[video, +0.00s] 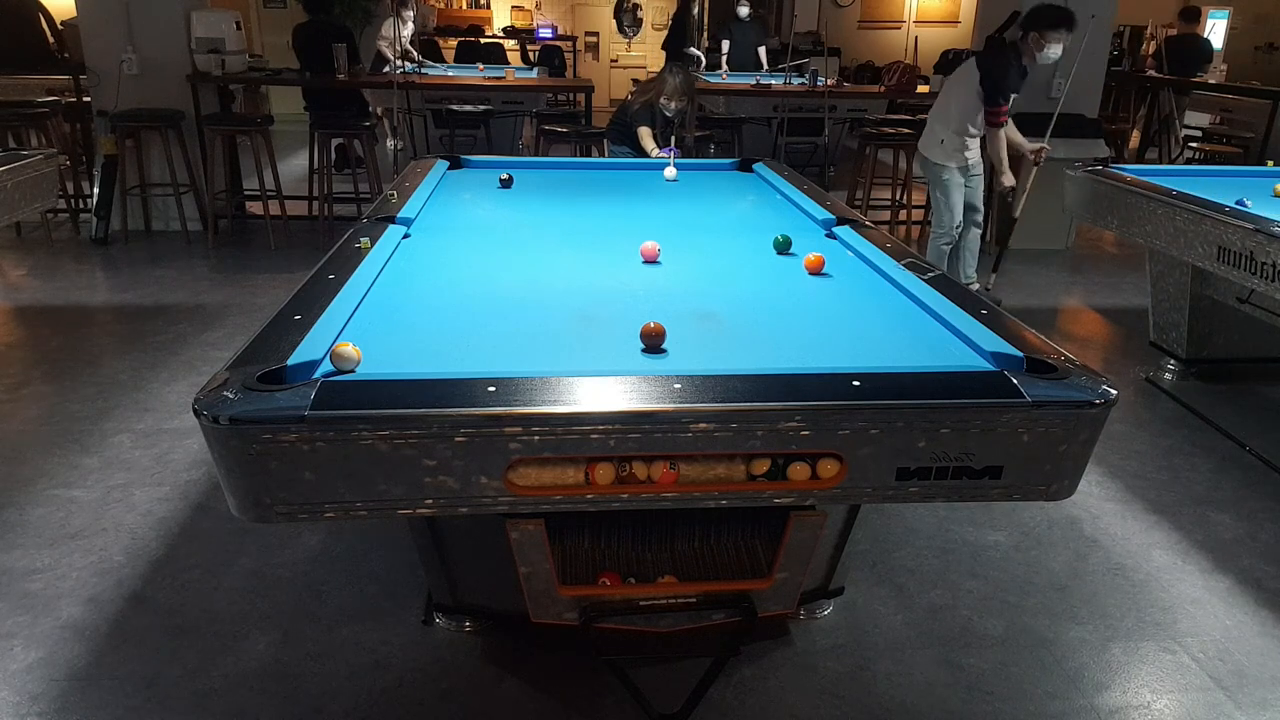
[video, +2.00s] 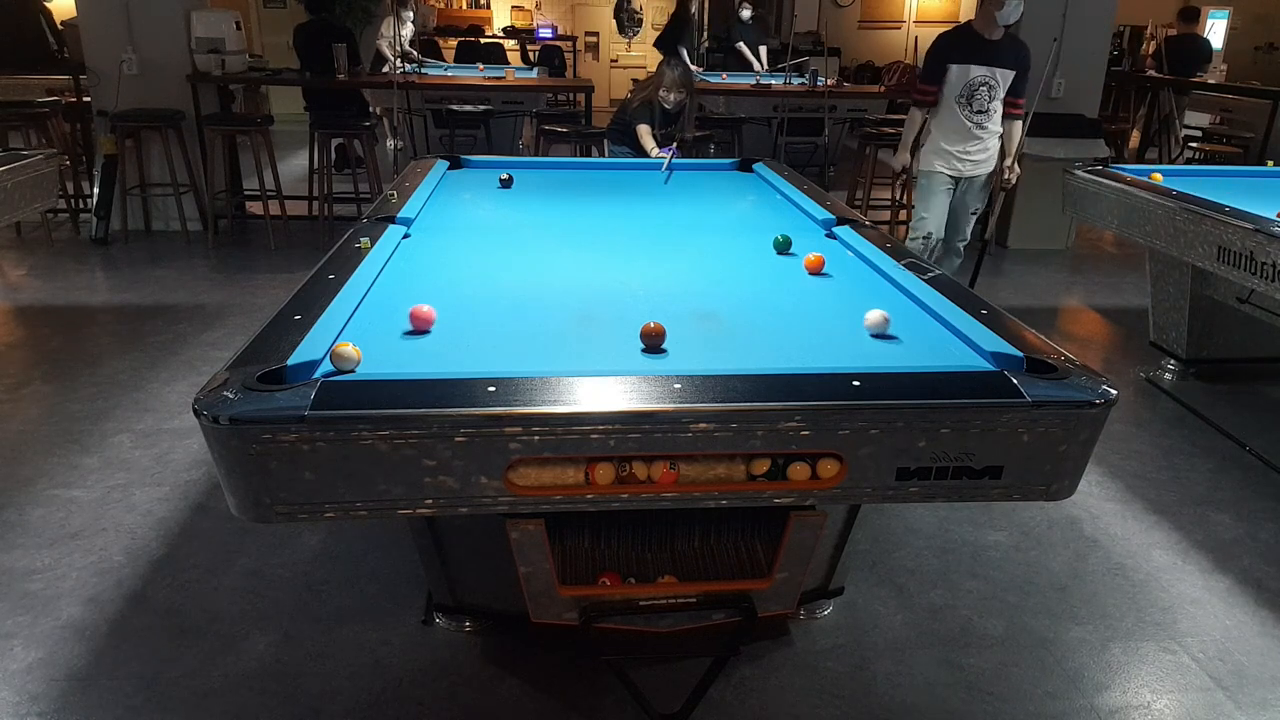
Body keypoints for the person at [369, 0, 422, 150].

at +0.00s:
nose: (410, 14)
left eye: (411, 11)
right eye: (406, 11)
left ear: (413, 11)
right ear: (398, 11)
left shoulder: (410, 26)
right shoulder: (390, 23)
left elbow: (404, 43)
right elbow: (380, 43)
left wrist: (414, 53)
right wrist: (394, 60)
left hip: (397, 64)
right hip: (382, 65)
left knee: (394, 104)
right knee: (384, 106)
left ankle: (395, 135)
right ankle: (390, 138)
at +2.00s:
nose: (409, 14)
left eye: (411, 11)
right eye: (406, 11)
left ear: (413, 11)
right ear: (398, 11)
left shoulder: (410, 27)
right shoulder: (390, 21)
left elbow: (404, 45)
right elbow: (380, 42)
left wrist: (414, 54)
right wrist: (392, 60)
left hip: (398, 67)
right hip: (381, 68)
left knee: (396, 105)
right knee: (385, 106)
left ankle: (396, 135)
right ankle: (389, 138)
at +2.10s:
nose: (410, 14)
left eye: (411, 11)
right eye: (406, 11)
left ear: (413, 11)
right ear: (398, 11)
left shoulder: (410, 27)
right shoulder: (390, 21)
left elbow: (403, 45)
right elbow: (381, 43)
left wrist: (414, 54)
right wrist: (392, 60)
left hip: (398, 66)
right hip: (382, 67)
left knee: (396, 104)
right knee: (385, 105)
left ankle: (396, 135)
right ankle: (390, 138)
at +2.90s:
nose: (385, 6)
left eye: (387, 3)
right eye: (381, 3)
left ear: (389, 5)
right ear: (374, 6)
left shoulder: (390, 20)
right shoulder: (368, 20)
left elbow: (389, 40)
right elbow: (369, 46)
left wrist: (397, 47)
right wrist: (387, 61)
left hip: (388, 63)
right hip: (374, 64)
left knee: (390, 102)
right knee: (377, 103)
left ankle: (392, 137)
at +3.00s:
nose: (378, 6)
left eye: (379, 3)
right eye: (374, 3)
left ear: (381, 5)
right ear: (367, 6)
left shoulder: (383, 21)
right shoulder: (361, 21)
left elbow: (381, 41)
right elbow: (362, 47)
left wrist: (392, 49)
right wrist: (380, 61)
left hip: (381, 64)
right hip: (367, 65)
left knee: (386, 102)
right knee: (375, 103)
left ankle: (390, 136)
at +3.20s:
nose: (355, 9)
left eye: (357, 6)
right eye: (351, 6)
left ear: (360, 7)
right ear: (344, 7)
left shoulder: (361, 25)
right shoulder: (338, 26)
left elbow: (359, 44)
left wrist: (366, 48)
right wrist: (363, 67)